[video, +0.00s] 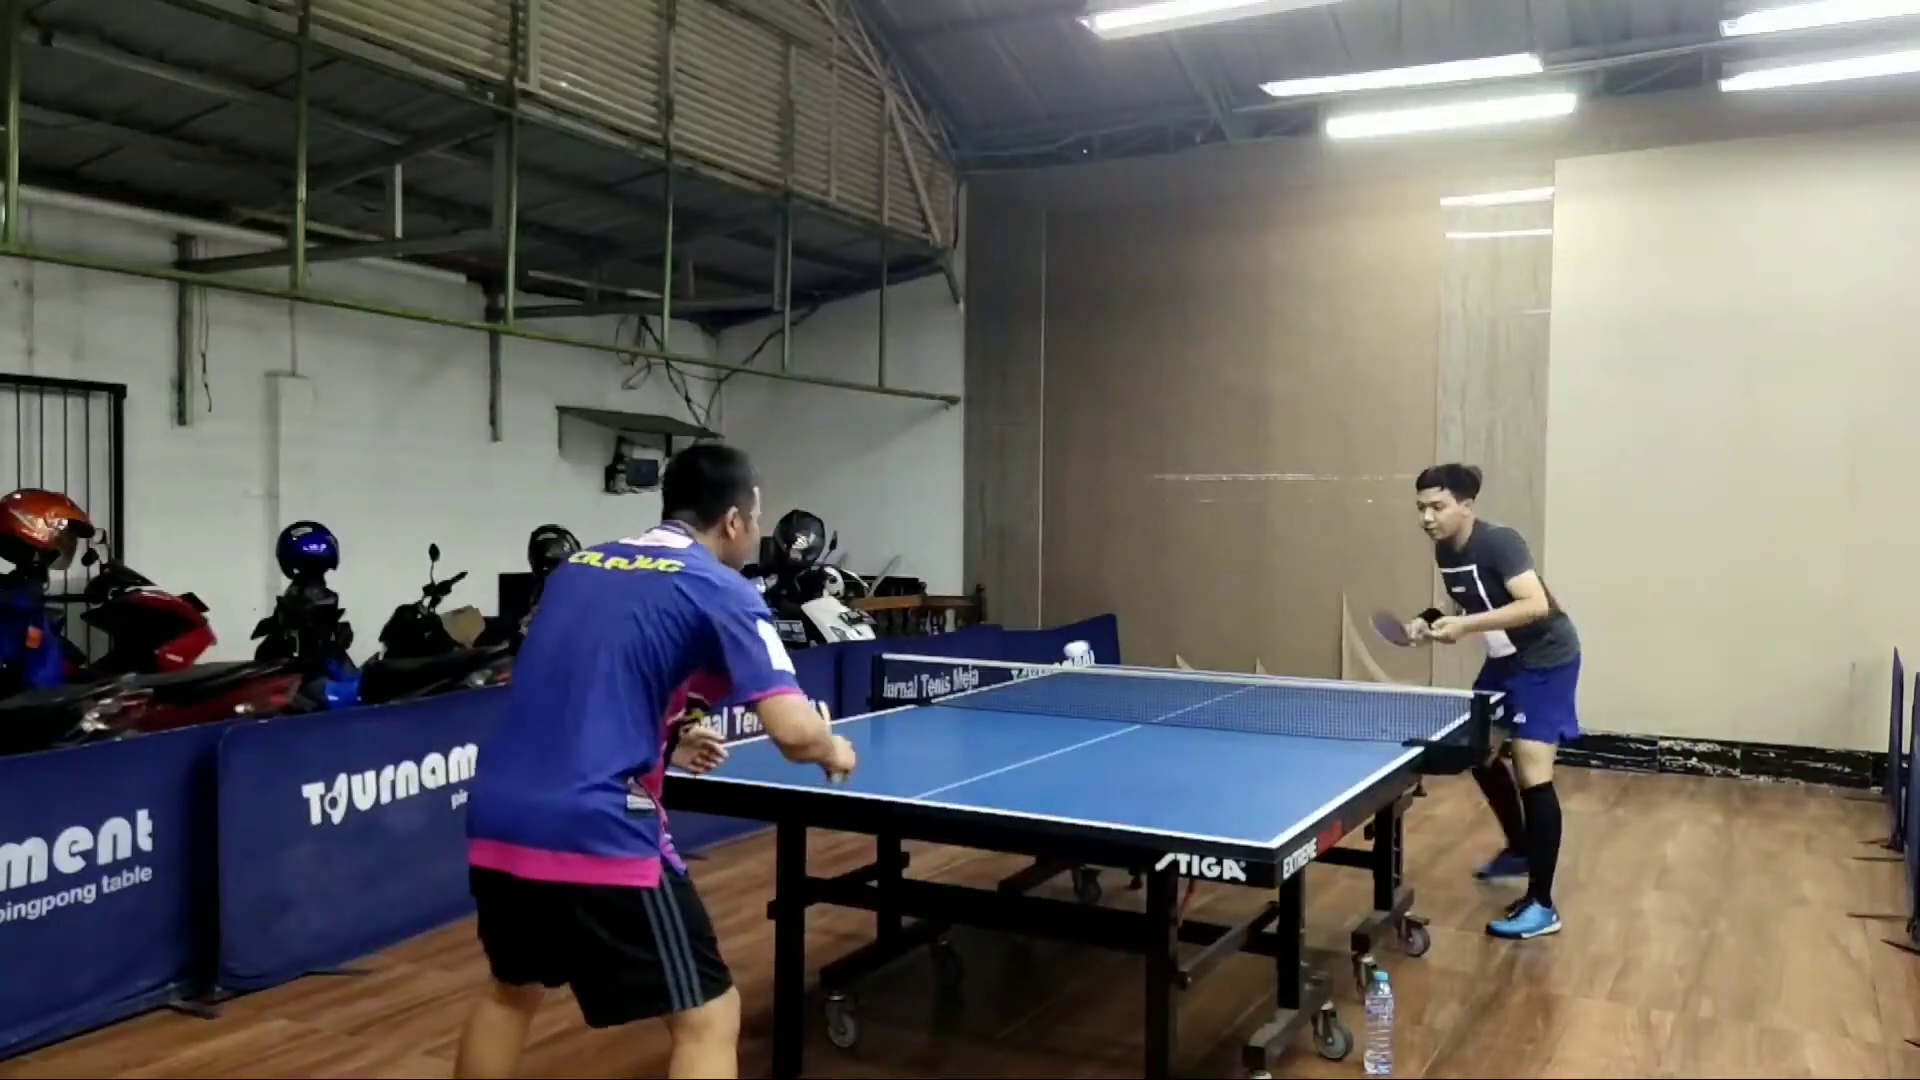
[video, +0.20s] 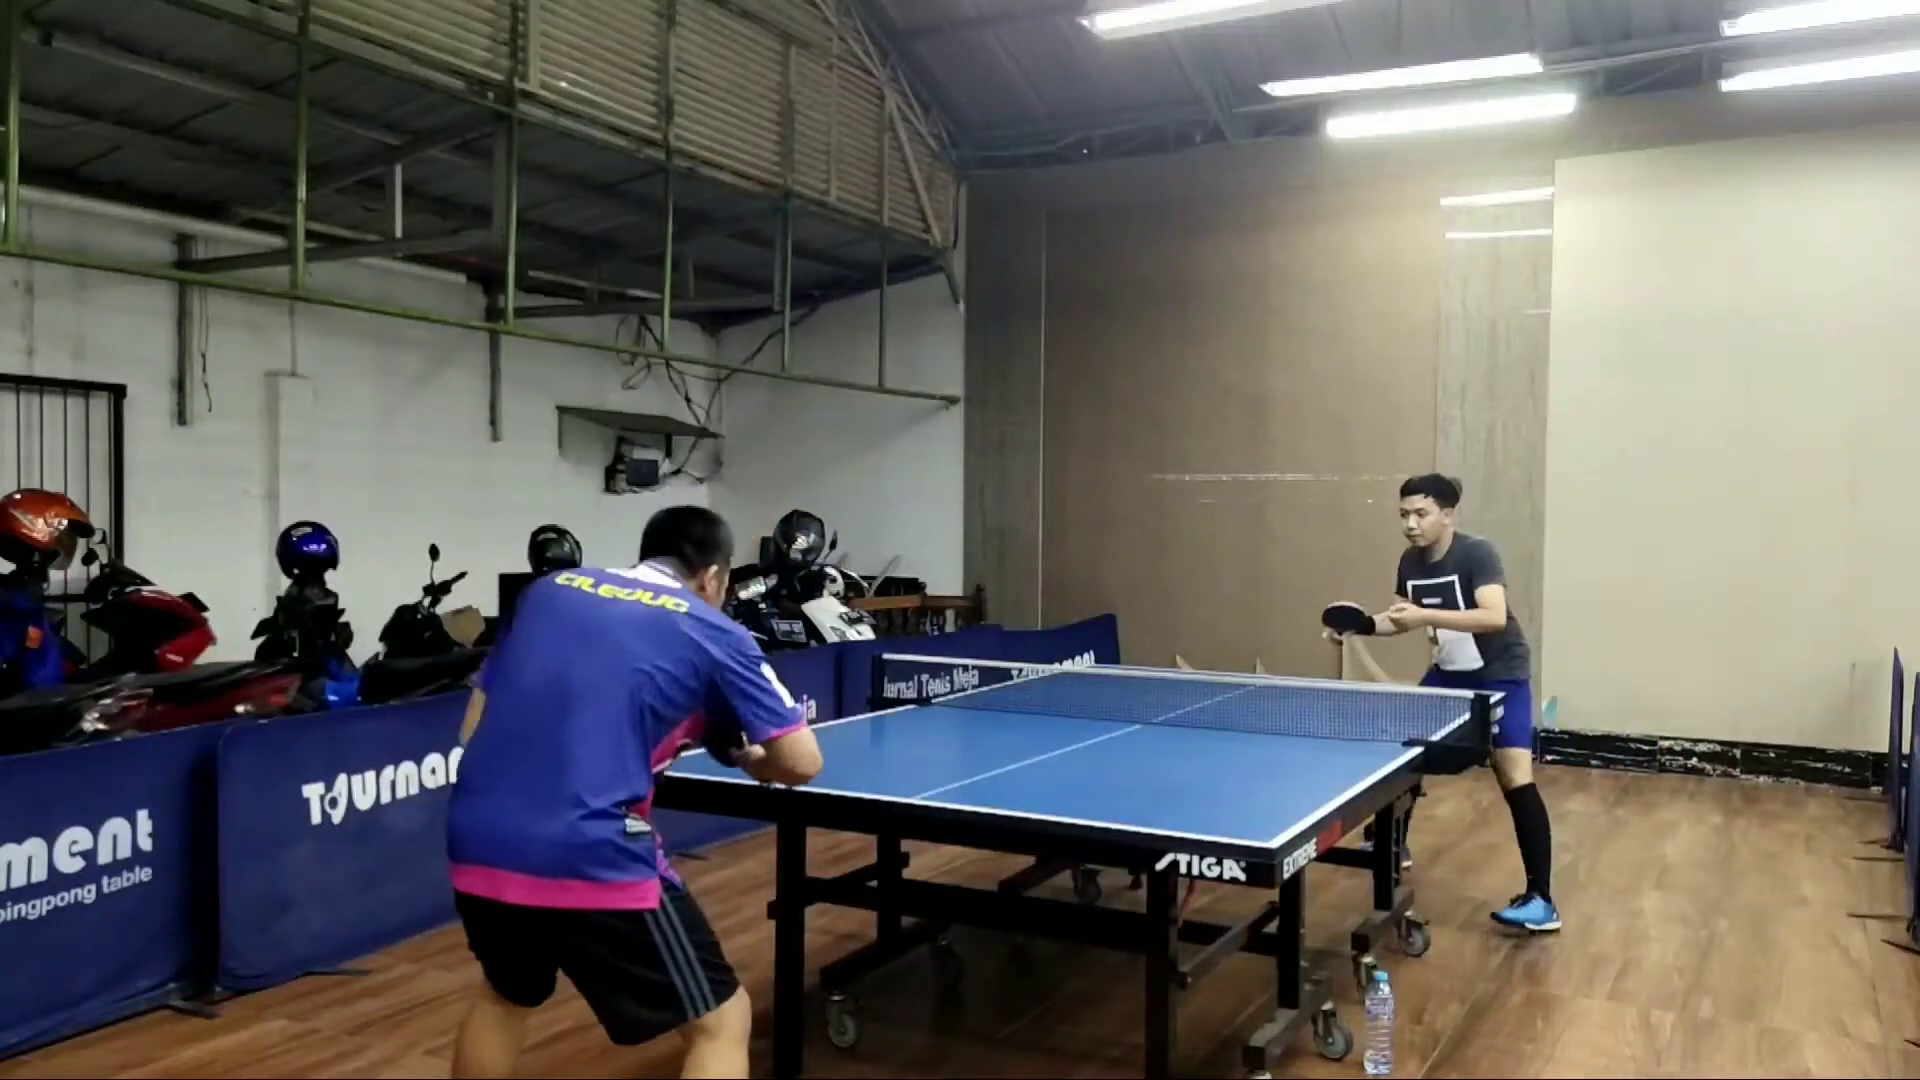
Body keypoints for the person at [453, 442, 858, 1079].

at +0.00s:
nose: (758, 535)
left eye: (760, 519)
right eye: (758, 519)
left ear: (671, 508)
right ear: (733, 521)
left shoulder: (582, 562)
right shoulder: (720, 586)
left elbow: (556, 691)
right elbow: (794, 731)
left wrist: (661, 736)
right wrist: (829, 748)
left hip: (495, 823)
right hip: (599, 831)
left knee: (511, 993)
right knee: (706, 1016)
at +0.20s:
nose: (726, 596)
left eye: (729, 583)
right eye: (727, 581)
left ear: (643, 558)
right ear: (710, 576)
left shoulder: (547, 590)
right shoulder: (713, 632)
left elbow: (475, 728)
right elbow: (802, 761)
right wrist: (750, 758)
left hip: (478, 849)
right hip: (593, 856)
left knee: (504, 994)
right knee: (719, 1016)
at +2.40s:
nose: (545, 606)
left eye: (546, 590)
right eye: (543, 590)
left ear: (444, 578)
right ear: (519, 597)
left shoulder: (351, 619)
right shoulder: (536, 681)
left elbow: (202, 682)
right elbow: (667, 790)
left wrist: (263, 724)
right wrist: (651, 740)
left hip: (216, 892)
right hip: (352, 904)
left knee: (250, 1051)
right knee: (533, 1027)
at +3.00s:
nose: (594, 535)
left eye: (585, 521)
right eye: (593, 523)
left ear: (490, 523)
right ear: (579, 531)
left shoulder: (403, 589)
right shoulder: (611, 622)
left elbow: (264, 692)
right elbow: (706, 782)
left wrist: (122, 785)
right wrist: (744, 808)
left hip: (338, 894)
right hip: (493, 899)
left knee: (346, 1068)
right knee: (592, 1050)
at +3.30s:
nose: (640, 510)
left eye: (642, 491)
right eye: (641, 492)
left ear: (538, 491)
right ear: (621, 504)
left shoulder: (436, 568)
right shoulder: (636, 598)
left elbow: (317, 730)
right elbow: (676, 790)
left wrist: (304, 846)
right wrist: (741, 877)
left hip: (350, 903)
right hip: (507, 907)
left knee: (361, 1070)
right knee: (648, 1072)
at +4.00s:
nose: (537, 502)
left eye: (541, 485)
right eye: (536, 485)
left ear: (418, 459)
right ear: (494, 489)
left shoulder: (360, 551)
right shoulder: (351, 597)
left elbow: (235, 684)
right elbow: (240, 783)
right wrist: (173, 988)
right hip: (427, 976)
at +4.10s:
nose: (487, 475)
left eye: (489, 455)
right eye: (486, 455)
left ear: (363, 440)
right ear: (444, 465)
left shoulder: (351, 548)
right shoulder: (306, 566)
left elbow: (198, 699)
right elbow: (203, 733)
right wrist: (118, 926)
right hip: (367, 958)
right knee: (489, 1065)